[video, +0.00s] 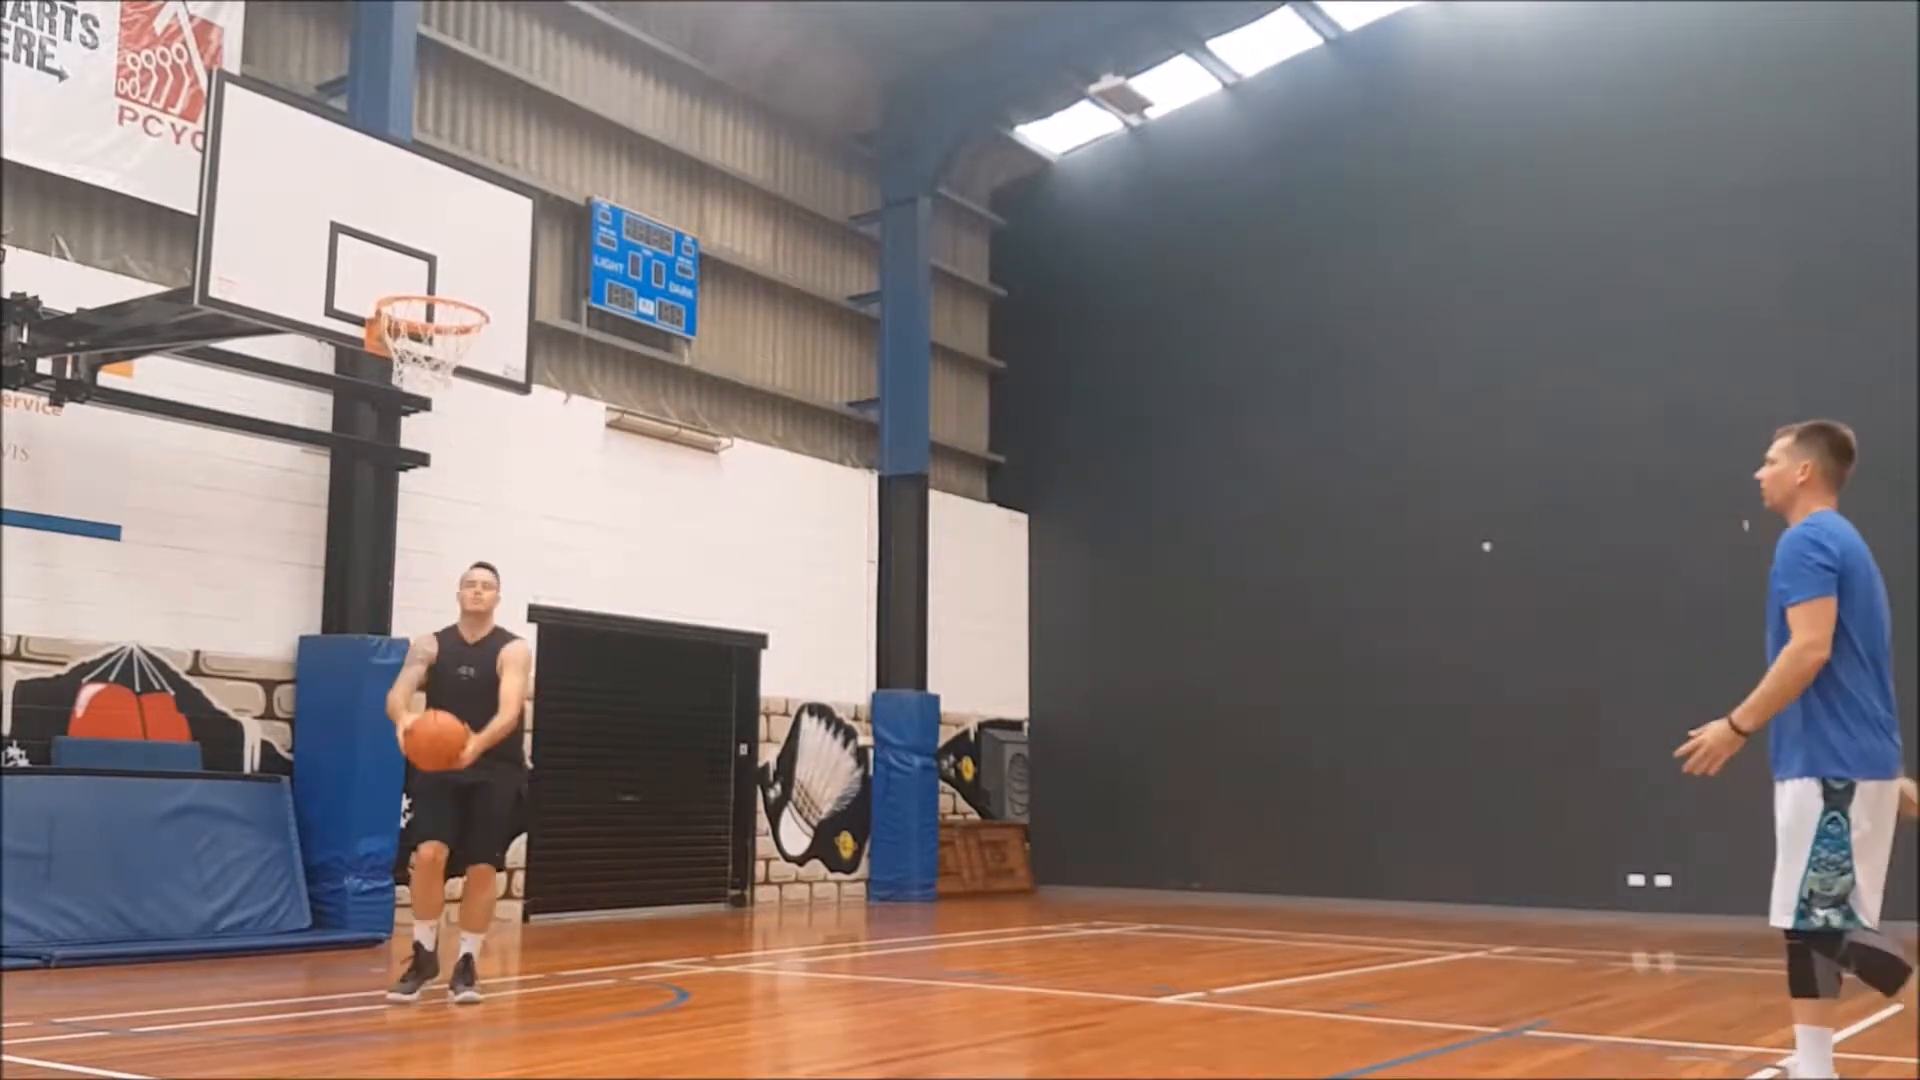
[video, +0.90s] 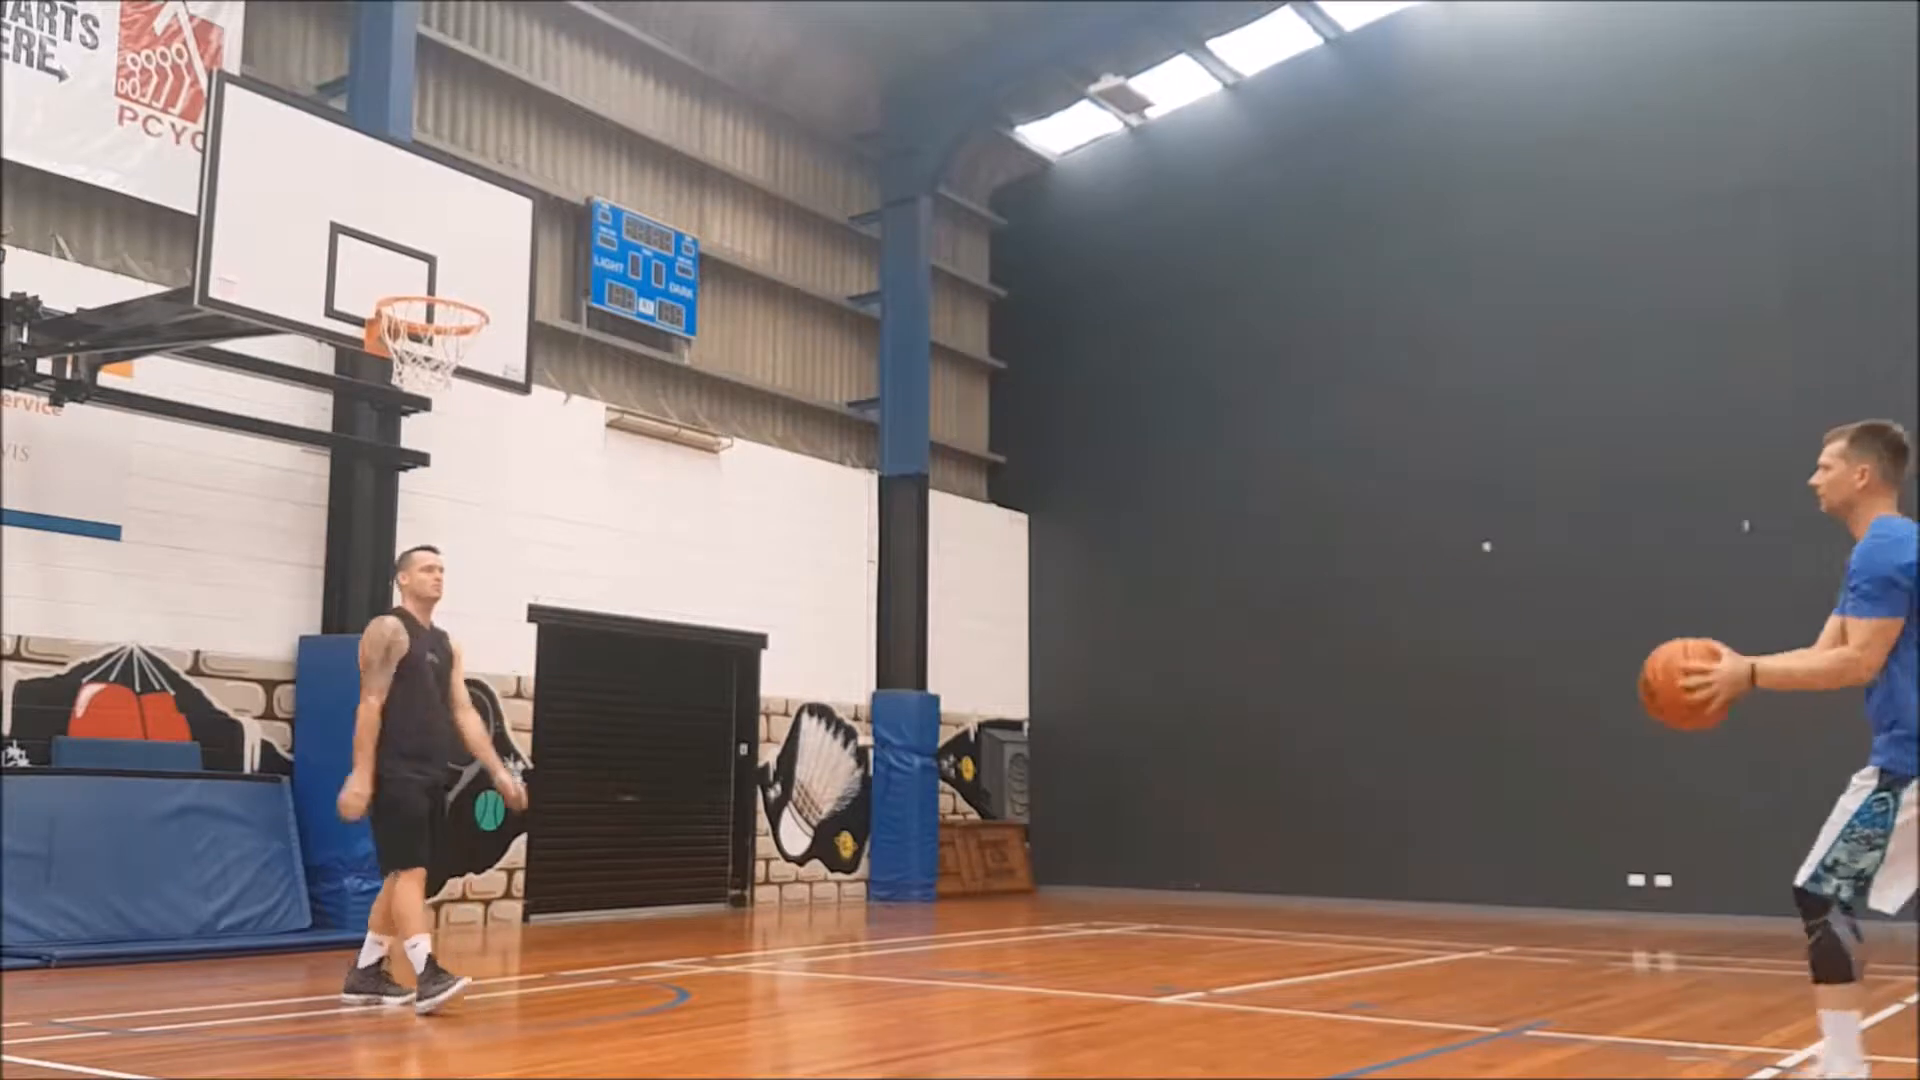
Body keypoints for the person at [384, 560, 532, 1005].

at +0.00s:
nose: (477, 593)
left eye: (486, 587)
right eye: (470, 586)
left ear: (498, 597)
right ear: (458, 593)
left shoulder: (513, 650)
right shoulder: (429, 645)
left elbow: (510, 712)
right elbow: (398, 695)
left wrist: (476, 744)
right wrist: (404, 720)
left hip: (495, 768)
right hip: (437, 765)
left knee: (481, 864)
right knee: (429, 853)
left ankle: (466, 966)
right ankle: (423, 957)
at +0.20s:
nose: (499, 600)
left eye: (504, 595)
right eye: (489, 592)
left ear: (508, 605)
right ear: (467, 599)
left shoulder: (522, 660)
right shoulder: (436, 652)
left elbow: (546, 725)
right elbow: (386, 711)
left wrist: (530, 768)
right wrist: (438, 757)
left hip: (495, 779)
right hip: (438, 776)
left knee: (484, 876)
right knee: (444, 863)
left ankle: (465, 968)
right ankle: (434, 975)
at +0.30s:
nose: (498, 604)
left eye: (503, 598)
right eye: (489, 596)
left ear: (507, 607)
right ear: (464, 602)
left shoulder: (517, 662)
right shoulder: (439, 650)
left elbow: (559, 716)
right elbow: (421, 695)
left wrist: (560, 731)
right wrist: (479, 728)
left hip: (479, 780)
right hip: (429, 776)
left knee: (484, 880)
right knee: (451, 861)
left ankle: (464, 965)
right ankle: (436, 979)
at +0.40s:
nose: (492, 606)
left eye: (495, 599)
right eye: (482, 597)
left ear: (498, 606)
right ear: (456, 603)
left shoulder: (499, 660)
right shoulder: (436, 651)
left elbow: (537, 702)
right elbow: (483, 682)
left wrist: (582, 685)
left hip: (466, 787)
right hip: (420, 784)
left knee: (490, 876)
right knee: (462, 859)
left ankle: (455, 961)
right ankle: (439, 979)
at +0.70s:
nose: (456, 580)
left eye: (460, 574)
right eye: (447, 572)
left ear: (462, 584)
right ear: (420, 581)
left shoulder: (466, 642)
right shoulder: (410, 630)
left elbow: (494, 698)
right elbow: (445, 689)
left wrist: (510, 689)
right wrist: (508, 713)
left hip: (451, 773)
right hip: (414, 771)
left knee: (453, 869)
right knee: (450, 861)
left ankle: (381, 960)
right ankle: (440, 981)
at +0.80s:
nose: (445, 579)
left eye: (449, 572)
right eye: (436, 571)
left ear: (451, 582)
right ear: (409, 580)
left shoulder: (454, 644)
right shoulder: (398, 631)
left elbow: (477, 704)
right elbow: (407, 704)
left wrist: (509, 720)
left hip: (440, 772)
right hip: (406, 771)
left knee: (421, 874)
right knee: (432, 868)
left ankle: (369, 969)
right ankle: (437, 981)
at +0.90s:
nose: (438, 577)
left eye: (441, 571)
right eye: (428, 569)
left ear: (443, 582)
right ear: (402, 579)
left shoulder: (447, 645)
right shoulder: (386, 630)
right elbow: (370, 705)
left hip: (432, 775)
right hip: (394, 771)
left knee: (406, 873)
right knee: (410, 869)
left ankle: (365, 971)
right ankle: (427, 975)